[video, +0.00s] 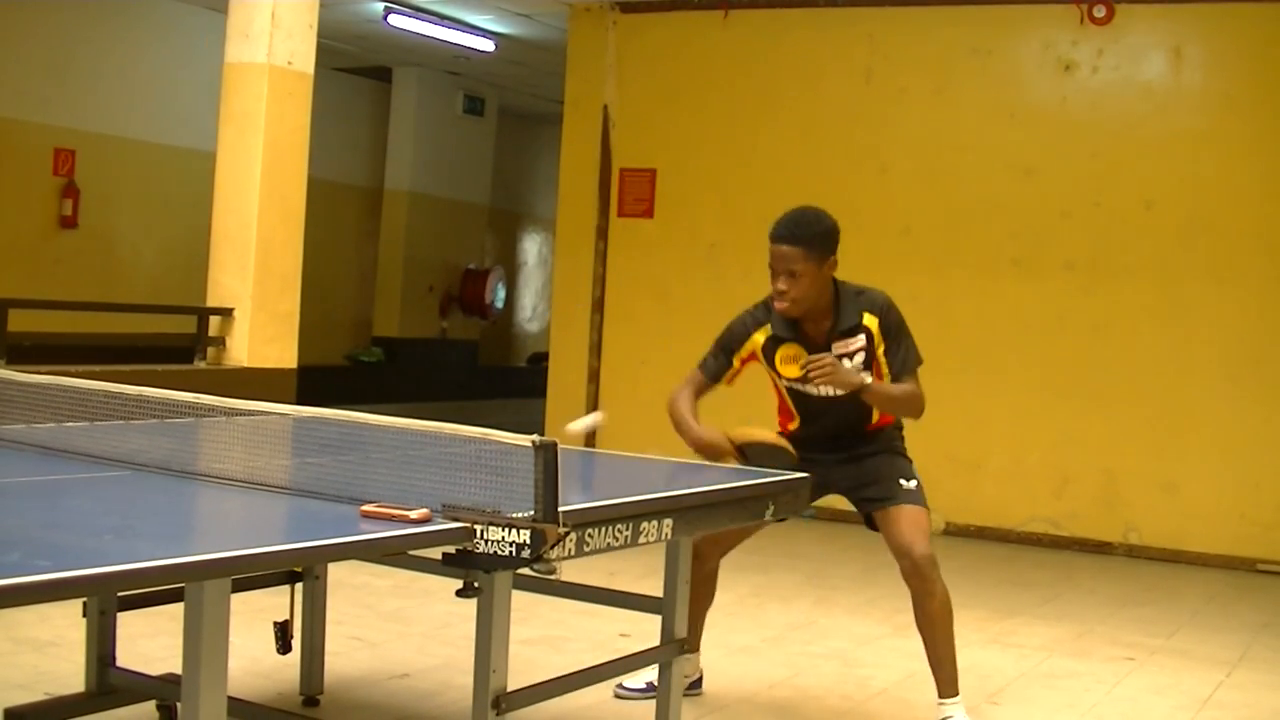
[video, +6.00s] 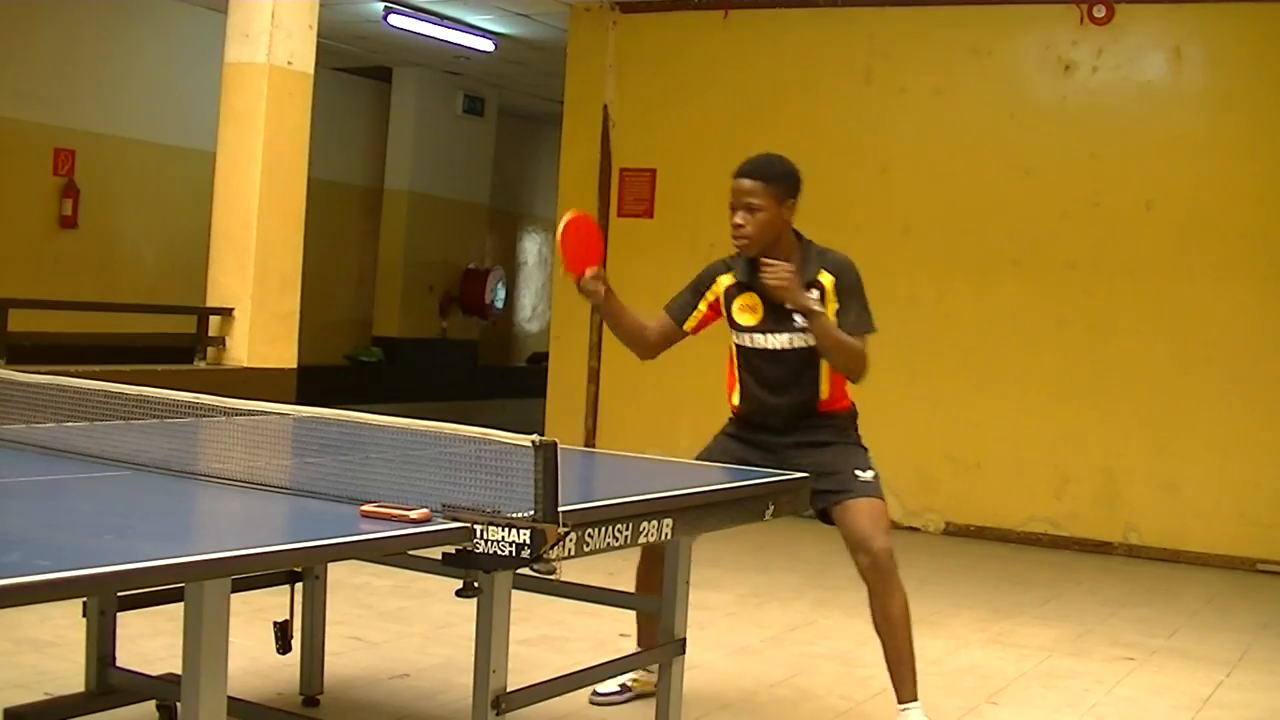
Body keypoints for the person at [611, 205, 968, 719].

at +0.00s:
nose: (777, 287)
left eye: (790, 275)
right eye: (773, 273)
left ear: (828, 269)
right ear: (767, 266)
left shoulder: (874, 312)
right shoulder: (759, 324)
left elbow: (914, 403)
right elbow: (682, 396)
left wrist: (859, 382)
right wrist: (696, 435)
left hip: (875, 452)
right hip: (799, 453)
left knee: (919, 556)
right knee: (701, 544)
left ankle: (950, 703)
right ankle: (682, 665)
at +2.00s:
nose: (778, 248)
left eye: (791, 236)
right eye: (773, 234)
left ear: (828, 228)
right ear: (767, 229)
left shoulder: (875, 280)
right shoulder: (757, 284)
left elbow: (913, 370)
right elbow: (668, 328)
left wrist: (869, 337)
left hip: (868, 431)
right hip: (789, 429)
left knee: (924, 546)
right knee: (698, 523)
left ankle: (940, 702)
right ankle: (683, 657)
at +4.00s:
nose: (783, 236)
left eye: (797, 225)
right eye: (780, 224)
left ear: (834, 228)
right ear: (777, 224)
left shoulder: (878, 285)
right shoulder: (765, 286)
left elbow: (921, 375)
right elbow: (673, 328)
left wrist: (885, 305)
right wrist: (623, 270)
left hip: (865, 446)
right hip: (787, 445)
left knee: (937, 550)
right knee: (698, 547)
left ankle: (950, 703)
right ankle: (684, 660)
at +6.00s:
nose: (736, 220)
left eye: (750, 209)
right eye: (733, 207)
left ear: (787, 210)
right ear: (729, 208)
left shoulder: (833, 271)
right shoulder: (724, 277)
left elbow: (855, 365)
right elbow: (649, 341)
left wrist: (806, 305)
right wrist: (604, 299)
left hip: (827, 438)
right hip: (747, 436)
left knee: (877, 552)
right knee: (659, 525)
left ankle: (909, 707)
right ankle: (646, 667)